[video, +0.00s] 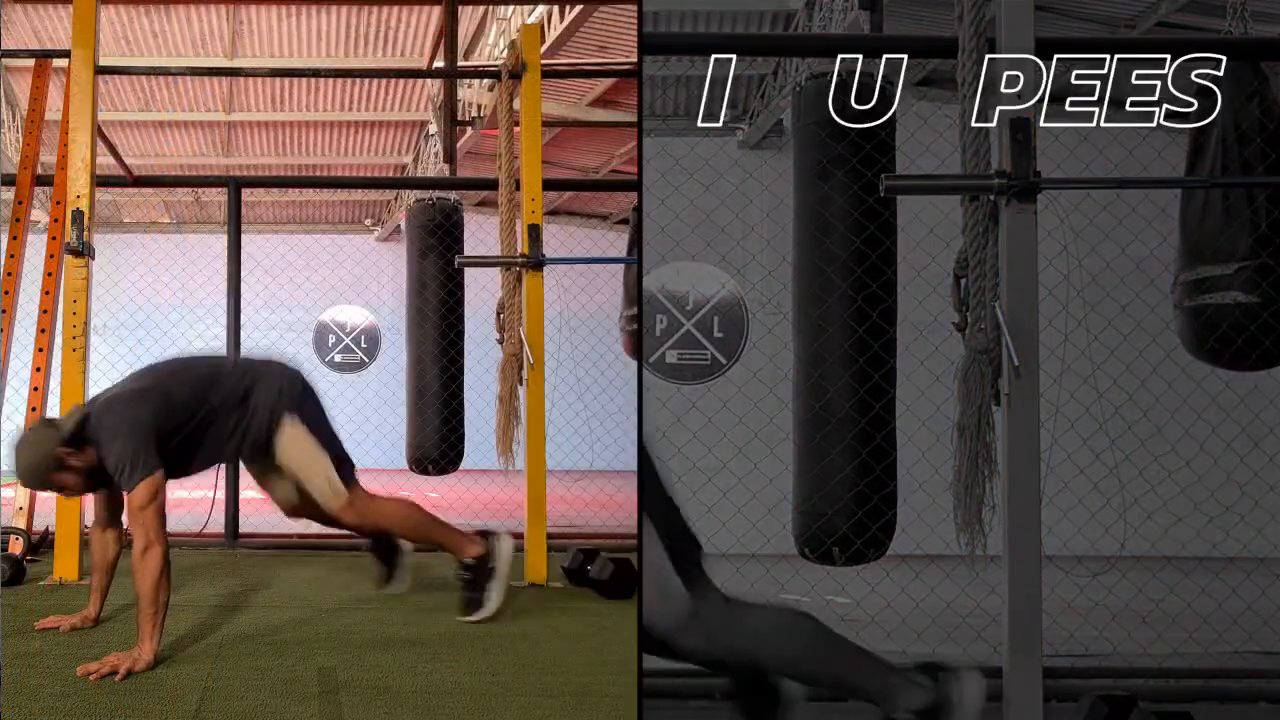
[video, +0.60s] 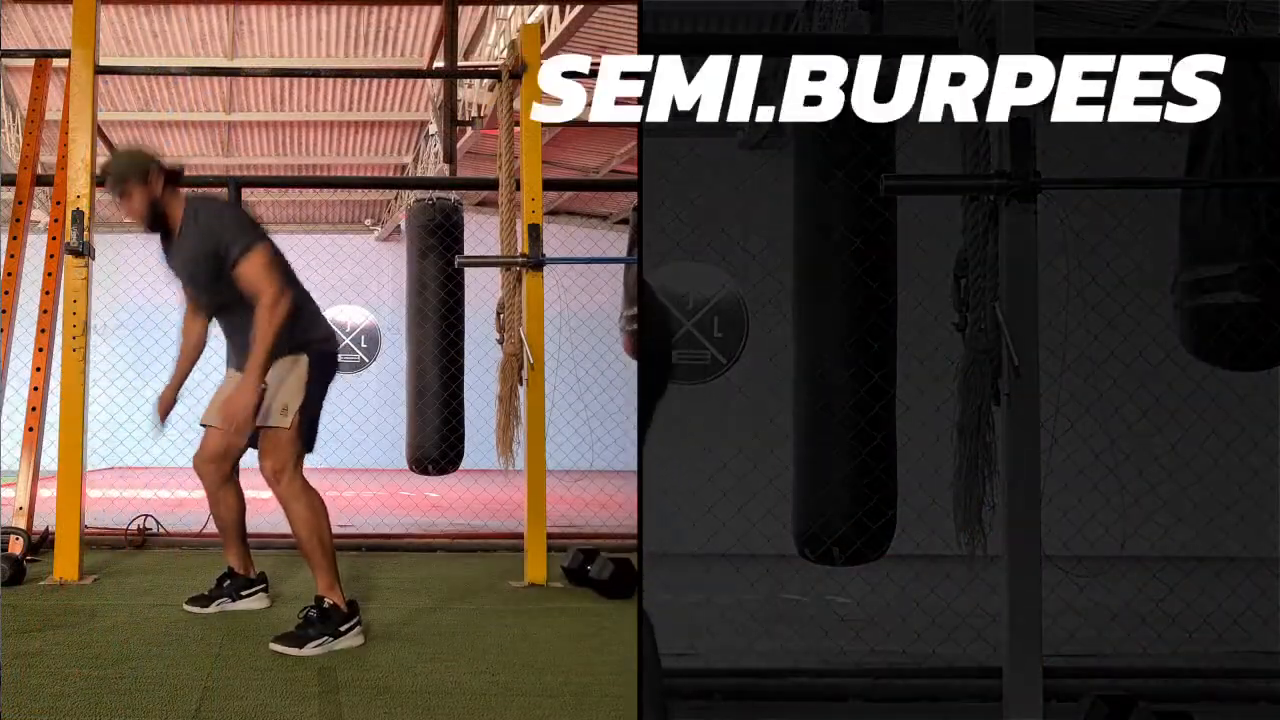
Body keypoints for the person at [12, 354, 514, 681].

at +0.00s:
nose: (69, 493)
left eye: (61, 484)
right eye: (58, 489)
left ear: (69, 459)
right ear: (65, 459)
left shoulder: (126, 432)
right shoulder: (90, 440)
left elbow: (150, 546)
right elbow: (106, 528)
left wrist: (145, 647)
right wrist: (92, 610)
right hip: (243, 423)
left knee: (344, 502)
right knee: (294, 502)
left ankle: (478, 548)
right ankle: (384, 531)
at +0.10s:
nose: (114, 494)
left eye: (107, 487)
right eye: (105, 492)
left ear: (113, 461)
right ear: (108, 456)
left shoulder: (154, 436)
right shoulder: (118, 433)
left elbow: (159, 546)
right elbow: (117, 527)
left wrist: (145, 647)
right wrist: (95, 607)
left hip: (284, 345)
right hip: (248, 373)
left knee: (313, 471)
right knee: (251, 472)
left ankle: (427, 560)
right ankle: (331, 538)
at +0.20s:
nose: (135, 490)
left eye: (131, 483)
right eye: (127, 488)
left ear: (136, 457)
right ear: (128, 451)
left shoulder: (172, 434)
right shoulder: (134, 433)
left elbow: (164, 541)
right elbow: (128, 528)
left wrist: (143, 645)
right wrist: (94, 608)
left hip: (302, 330)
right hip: (263, 347)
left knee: (289, 453)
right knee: (224, 454)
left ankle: (358, 584)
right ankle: (261, 556)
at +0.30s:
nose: (111, 442)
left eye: (109, 431)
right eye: (104, 436)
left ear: (126, 409)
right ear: (121, 412)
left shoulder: (170, 406)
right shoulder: (134, 424)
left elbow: (159, 521)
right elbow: (121, 514)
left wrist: (130, 625)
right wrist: (88, 595)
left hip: (323, 360)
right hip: (278, 378)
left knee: (284, 467)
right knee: (216, 463)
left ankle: (336, 608)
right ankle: (243, 577)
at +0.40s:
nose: (107, 367)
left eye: (107, 354)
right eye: (101, 357)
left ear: (132, 337)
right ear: (129, 339)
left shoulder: (180, 352)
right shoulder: (141, 371)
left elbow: (178, 453)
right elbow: (126, 451)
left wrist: (140, 549)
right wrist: (93, 534)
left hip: (326, 375)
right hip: (271, 395)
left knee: (277, 469)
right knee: (206, 467)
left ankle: (336, 608)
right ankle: (243, 579)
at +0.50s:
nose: (111, 282)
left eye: (112, 268)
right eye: (106, 272)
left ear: (139, 254)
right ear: (134, 259)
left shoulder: (196, 286)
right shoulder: (161, 305)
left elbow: (235, 374)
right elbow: (161, 382)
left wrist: (199, 461)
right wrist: (131, 455)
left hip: (317, 361)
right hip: (269, 377)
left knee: (278, 468)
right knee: (211, 468)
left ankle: (336, 608)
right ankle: (242, 578)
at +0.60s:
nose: (123, 206)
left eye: (126, 192)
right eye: (118, 197)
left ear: (156, 179)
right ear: (133, 192)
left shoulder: (216, 218)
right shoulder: (175, 236)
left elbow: (275, 296)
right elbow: (198, 315)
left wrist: (251, 383)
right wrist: (174, 385)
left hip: (297, 350)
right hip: (250, 355)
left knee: (281, 470)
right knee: (212, 463)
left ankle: (337, 608)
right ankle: (242, 577)